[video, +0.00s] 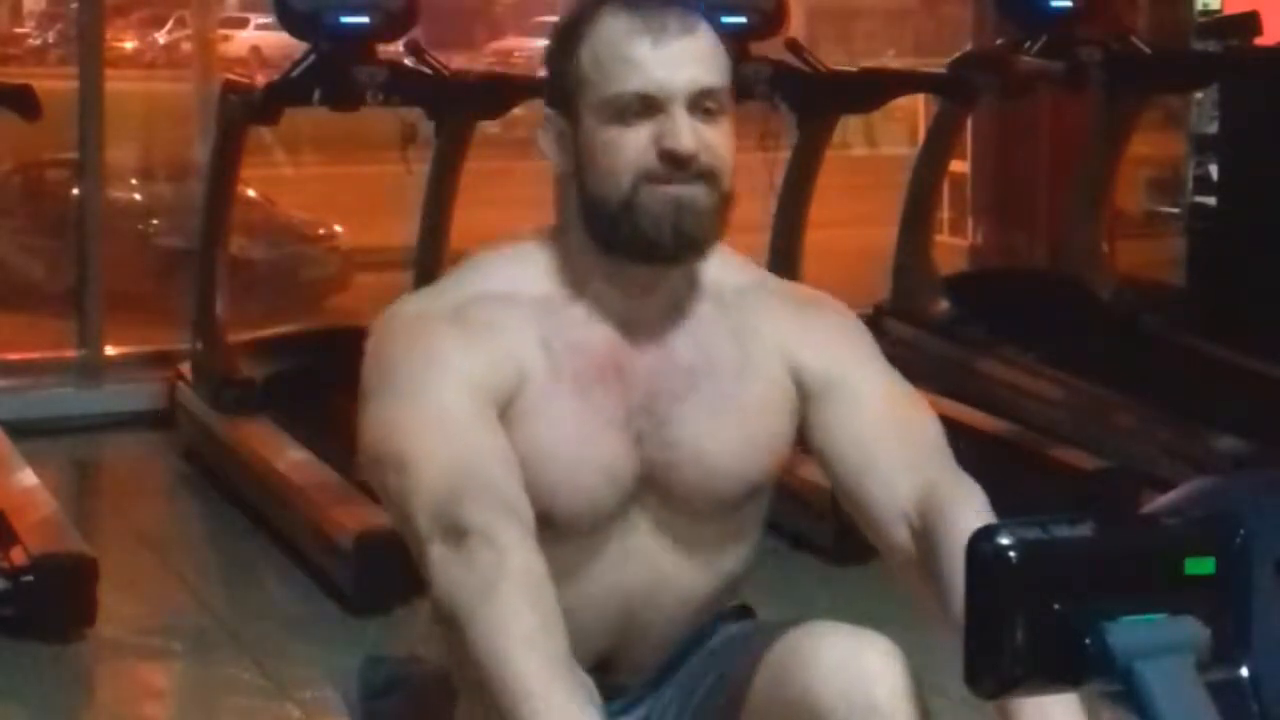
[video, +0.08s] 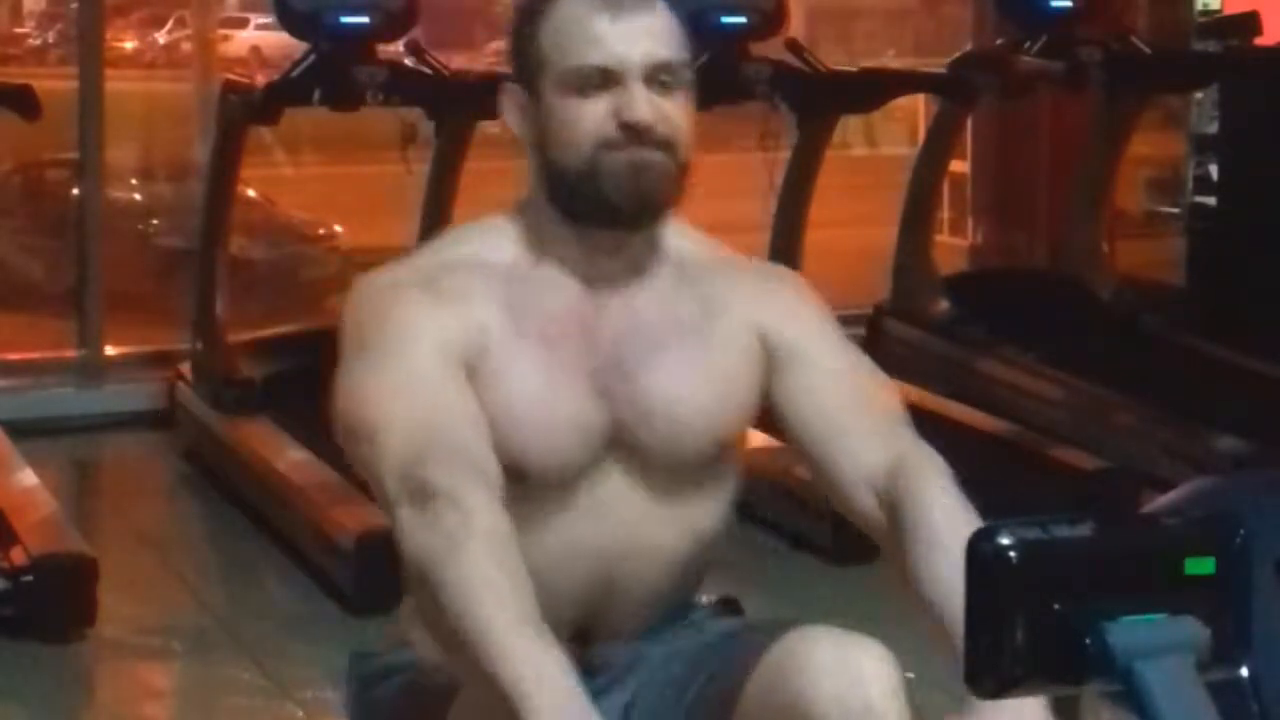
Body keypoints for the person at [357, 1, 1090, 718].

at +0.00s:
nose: (682, 143)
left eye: (705, 109)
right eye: (633, 113)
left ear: (735, 127)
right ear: (555, 137)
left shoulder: (806, 330)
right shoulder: (441, 342)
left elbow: (931, 513)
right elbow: (484, 571)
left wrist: (1048, 695)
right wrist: (570, 713)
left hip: (684, 670)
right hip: (486, 686)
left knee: (858, 672)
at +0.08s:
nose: (638, 114)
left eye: (663, 81)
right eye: (592, 84)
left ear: (694, 105)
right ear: (521, 109)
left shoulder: (762, 301)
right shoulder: (415, 304)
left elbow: (899, 482)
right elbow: (445, 511)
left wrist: (1016, 679)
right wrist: (556, 704)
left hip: (656, 654)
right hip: (460, 670)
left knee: (851, 675)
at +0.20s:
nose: (568, 90)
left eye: (592, 62)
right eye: (526, 65)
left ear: (622, 84)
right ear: (459, 89)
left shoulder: (697, 266)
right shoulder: (374, 273)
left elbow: (823, 418)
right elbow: (385, 451)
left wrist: (908, 567)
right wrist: (497, 613)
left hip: (641, 635)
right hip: (429, 641)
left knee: (842, 679)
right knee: (509, 697)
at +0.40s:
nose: (504, 111)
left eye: (529, 82)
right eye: (469, 84)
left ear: (557, 91)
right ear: (409, 92)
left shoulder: (629, 249)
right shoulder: (328, 261)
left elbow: (754, 397)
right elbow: (286, 434)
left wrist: (807, 508)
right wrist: (410, 548)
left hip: (607, 621)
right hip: (420, 629)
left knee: (784, 714)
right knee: (461, 708)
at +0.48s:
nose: (486, 141)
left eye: (512, 113)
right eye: (452, 114)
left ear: (540, 109)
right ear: (400, 106)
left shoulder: (599, 251)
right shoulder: (314, 264)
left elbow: (729, 399)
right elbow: (220, 446)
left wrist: (748, 475)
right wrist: (357, 519)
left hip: (590, 614)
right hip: (404, 627)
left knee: (701, 712)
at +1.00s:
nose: (549, 115)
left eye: (574, 86)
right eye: (510, 86)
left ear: (603, 96)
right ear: (441, 96)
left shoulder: (655, 267)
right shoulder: (341, 275)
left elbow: (801, 409)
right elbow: (265, 465)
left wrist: (834, 519)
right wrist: (415, 577)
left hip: (616, 640)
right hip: (418, 648)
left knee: (786, 710)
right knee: (486, 714)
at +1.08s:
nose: (571, 117)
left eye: (595, 88)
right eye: (534, 88)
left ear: (622, 99)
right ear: (462, 96)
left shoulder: (678, 275)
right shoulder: (359, 283)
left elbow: (824, 420)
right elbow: (306, 477)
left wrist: (873, 551)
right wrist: (447, 612)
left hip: (624, 647)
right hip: (419, 654)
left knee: (827, 689)